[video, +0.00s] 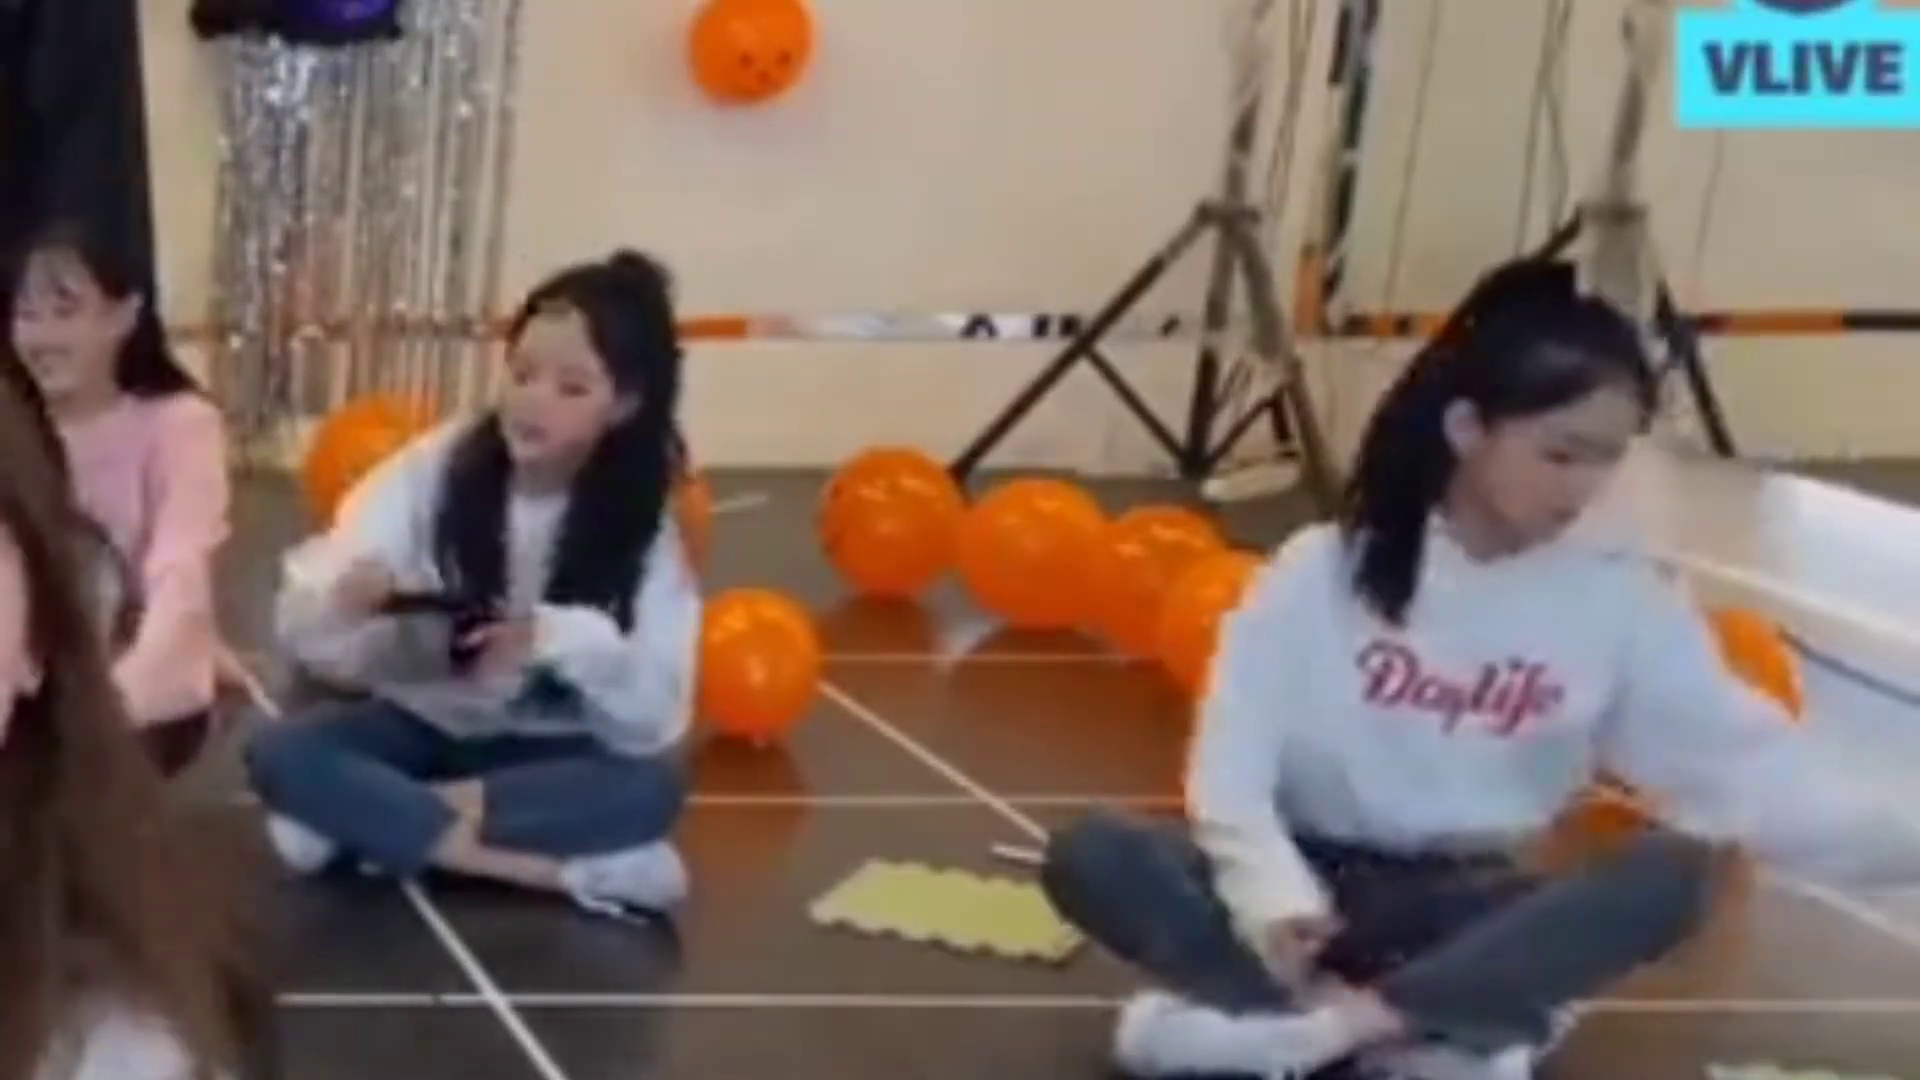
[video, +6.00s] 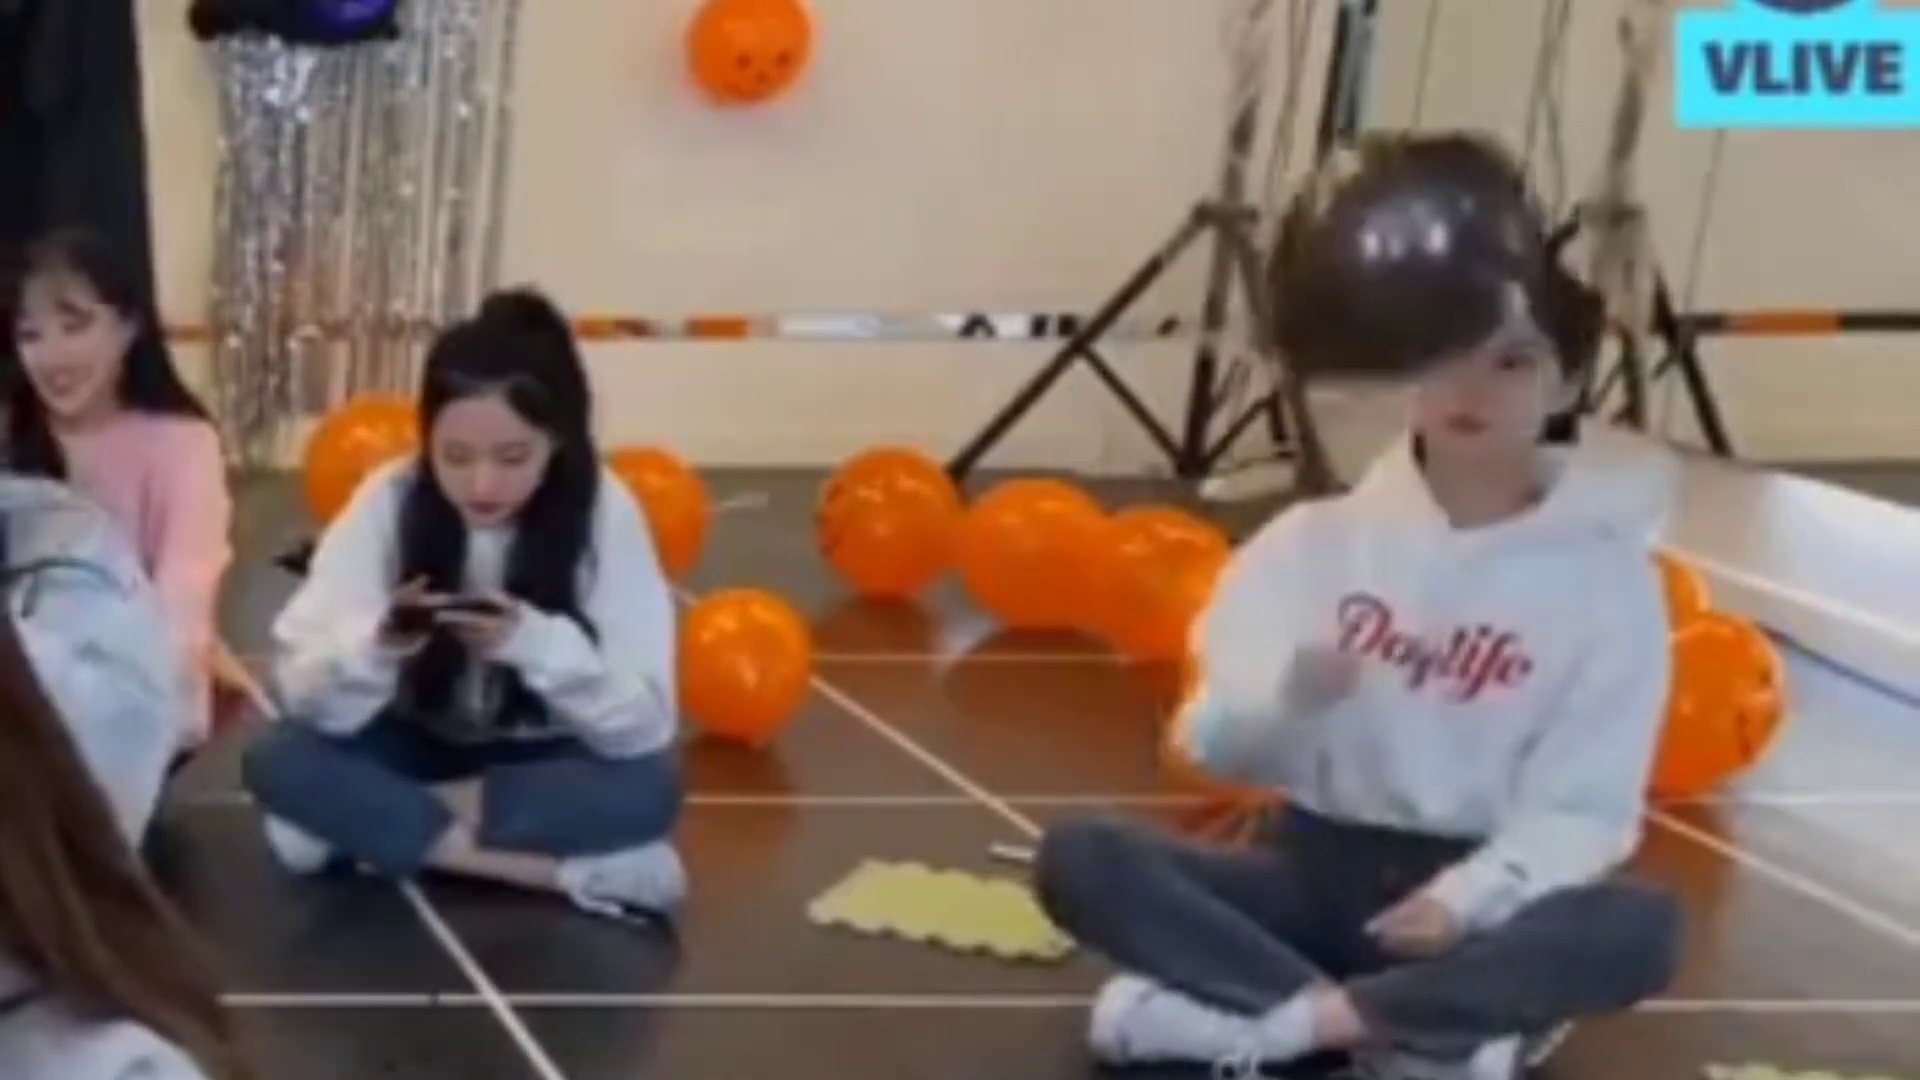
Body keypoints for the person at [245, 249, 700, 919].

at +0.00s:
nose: (531, 407)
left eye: (570, 390)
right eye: (522, 375)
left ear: (627, 406)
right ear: (503, 369)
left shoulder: (636, 521)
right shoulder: (438, 468)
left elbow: (655, 713)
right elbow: (301, 632)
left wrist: (556, 640)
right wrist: (346, 608)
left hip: (549, 738)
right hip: (421, 719)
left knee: (648, 792)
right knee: (283, 754)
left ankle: (369, 833)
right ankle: (555, 876)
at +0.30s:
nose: (502, 460)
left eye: (535, 433)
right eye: (479, 432)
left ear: (583, 426)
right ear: (448, 423)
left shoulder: (621, 525)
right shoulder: (413, 497)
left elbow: (654, 719)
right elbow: (304, 687)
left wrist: (553, 650)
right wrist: (374, 633)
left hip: (550, 744)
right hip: (419, 732)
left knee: (649, 793)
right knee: (279, 756)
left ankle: (374, 835)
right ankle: (552, 877)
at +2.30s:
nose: (478, 480)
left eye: (508, 454)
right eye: (454, 452)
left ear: (557, 440)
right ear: (424, 437)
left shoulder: (604, 516)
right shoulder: (387, 502)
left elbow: (645, 723)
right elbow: (309, 700)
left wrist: (531, 645)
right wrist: (383, 637)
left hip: (544, 745)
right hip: (408, 736)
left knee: (648, 791)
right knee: (274, 758)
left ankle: (366, 838)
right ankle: (549, 877)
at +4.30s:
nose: (480, 484)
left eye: (511, 457)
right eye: (455, 455)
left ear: (558, 441)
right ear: (425, 438)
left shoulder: (603, 514)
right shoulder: (387, 502)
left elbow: (645, 724)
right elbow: (309, 700)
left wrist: (531, 643)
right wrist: (383, 639)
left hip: (543, 743)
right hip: (408, 736)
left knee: (648, 793)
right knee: (277, 759)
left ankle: (366, 837)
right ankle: (549, 878)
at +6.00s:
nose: (482, 487)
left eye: (512, 459)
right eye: (457, 458)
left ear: (559, 445)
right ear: (426, 440)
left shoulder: (603, 513)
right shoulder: (389, 501)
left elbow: (644, 724)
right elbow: (305, 698)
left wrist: (529, 643)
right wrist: (383, 647)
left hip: (542, 744)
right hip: (409, 739)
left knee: (647, 789)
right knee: (276, 761)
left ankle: (367, 839)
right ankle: (550, 877)